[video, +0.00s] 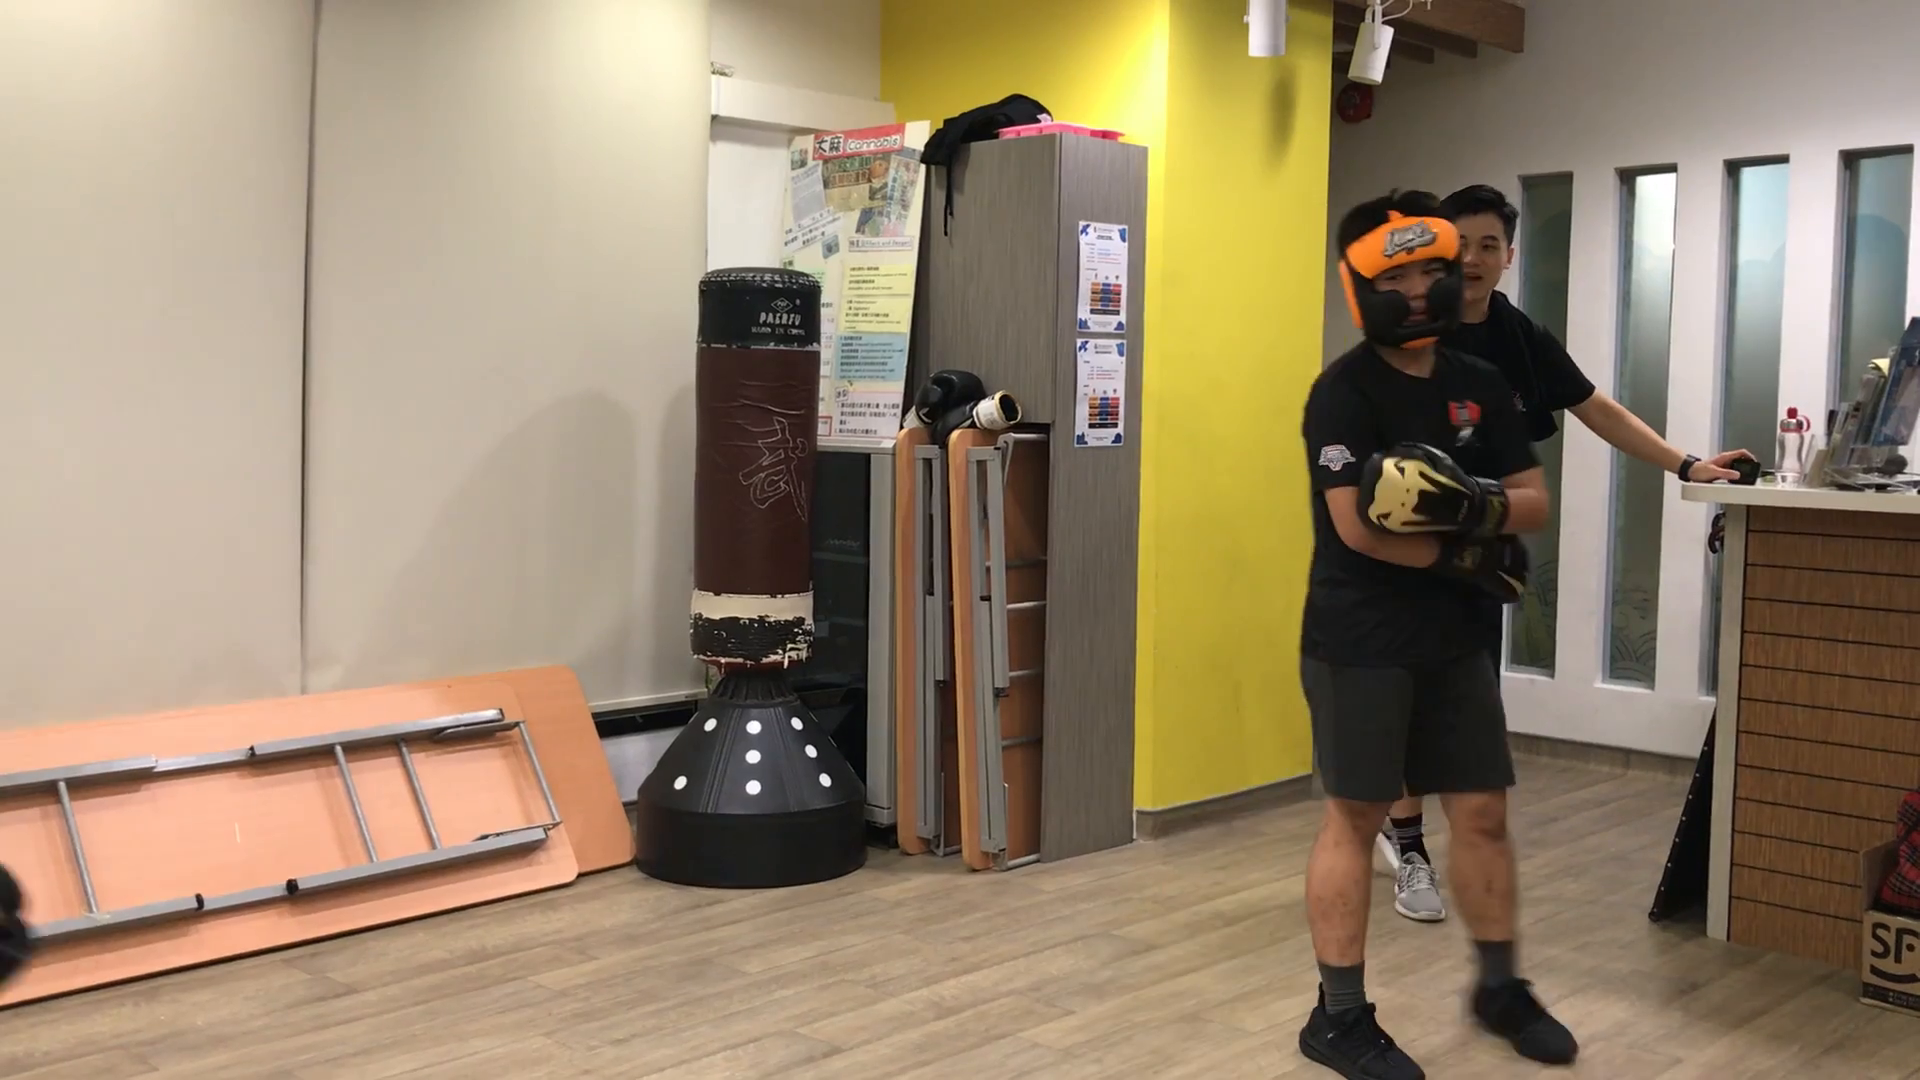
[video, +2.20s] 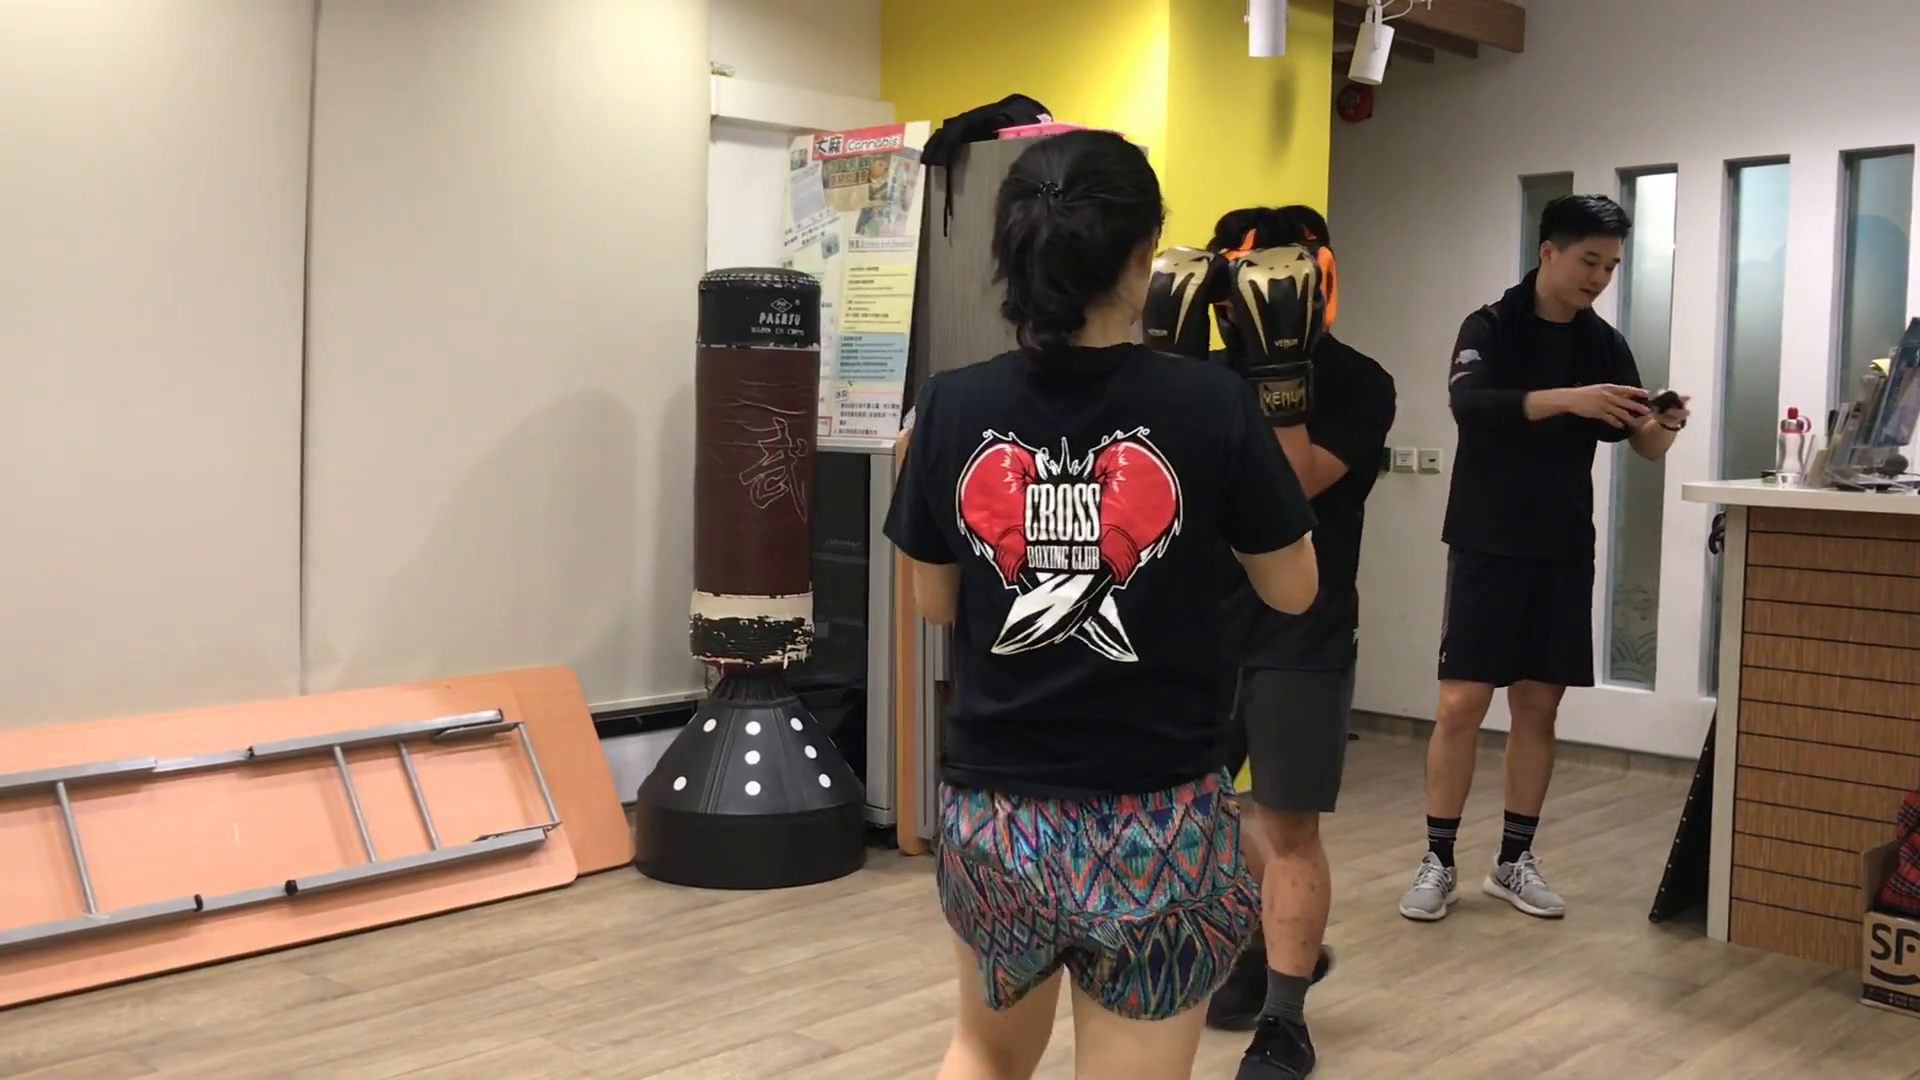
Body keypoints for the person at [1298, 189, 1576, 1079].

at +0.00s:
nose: (1417, 291)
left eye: (1431, 273)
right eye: (1396, 275)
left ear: (1454, 285)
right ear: (1360, 290)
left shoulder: (1484, 386)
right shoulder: (1339, 395)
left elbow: (1535, 505)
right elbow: (1357, 529)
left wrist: (1460, 501)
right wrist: (1466, 553)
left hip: (1456, 635)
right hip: (1357, 642)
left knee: (1481, 811)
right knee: (1354, 820)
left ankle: (1500, 988)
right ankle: (1339, 1011)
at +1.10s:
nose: (1371, 305)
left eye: (1388, 286)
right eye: (1361, 291)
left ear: (1442, 283)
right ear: (1353, 298)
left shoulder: (1494, 390)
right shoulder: (1358, 396)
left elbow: (1521, 517)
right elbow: (1323, 515)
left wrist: (1402, 534)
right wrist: (1340, 577)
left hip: (1472, 638)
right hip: (1371, 630)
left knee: (1489, 817)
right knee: (1369, 797)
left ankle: (1520, 991)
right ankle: (1353, 972)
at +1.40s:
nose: (1300, 310)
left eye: (1316, 291)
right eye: (1287, 297)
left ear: (1370, 286)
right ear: (1277, 303)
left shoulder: (1420, 384)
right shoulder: (1290, 398)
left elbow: (1459, 509)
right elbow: (1253, 506)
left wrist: (1346, 519)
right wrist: (1227, 560)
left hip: (1413, 620)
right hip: (1323, 622)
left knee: (1413, 796)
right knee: (1339, 791)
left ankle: (1467, 978)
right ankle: (1350, 972)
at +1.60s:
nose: (1276, 317)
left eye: (1293, 297)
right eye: (1263, 302)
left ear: (1345, 289)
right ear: (1254, 305)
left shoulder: (1397, 385)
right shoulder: (1266, 395)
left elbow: (1418, 513)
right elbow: (1222, 510)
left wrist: (1335, 467)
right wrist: (1172, 491)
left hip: (1384, 619)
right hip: (1301, 620)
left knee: (1361, 802)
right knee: (1319, 797)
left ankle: (1359, 1000)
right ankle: (1339, 964)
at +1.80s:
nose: (1270, 306)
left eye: (1290, 287)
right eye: (1256, 291)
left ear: (1340, 289)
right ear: (1244, 299)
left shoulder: (1385, 387)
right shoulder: (1249, 390)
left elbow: (1363, 493)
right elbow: (1180, 484)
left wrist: (1322, 381)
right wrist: (1151, 384)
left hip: (1352, 627)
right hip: (1272, 626)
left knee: (1314, 812)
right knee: (1308, 808)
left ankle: (1284, 1021)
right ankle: (1350, 971)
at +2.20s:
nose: (1260, 294)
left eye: (1278, 275)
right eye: (1247, 277)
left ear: (1317, 278)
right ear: (1222, 283)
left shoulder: (1358, 382)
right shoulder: (1211, 374)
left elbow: (1298, 478)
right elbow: (1165, 457)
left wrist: (1271, 369)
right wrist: (1177, 350)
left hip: (1303, 639)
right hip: (1210, 628)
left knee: (1286, 827)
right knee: (1205, 809)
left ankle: (1282, 1025)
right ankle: (1272, 941)